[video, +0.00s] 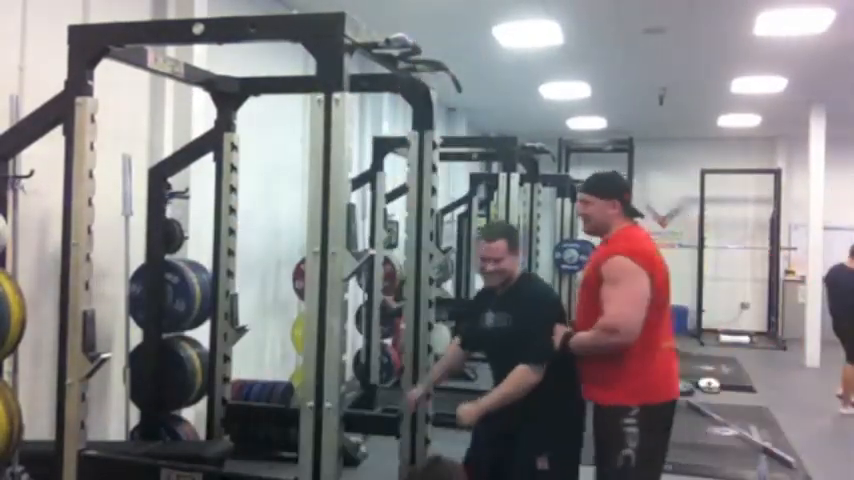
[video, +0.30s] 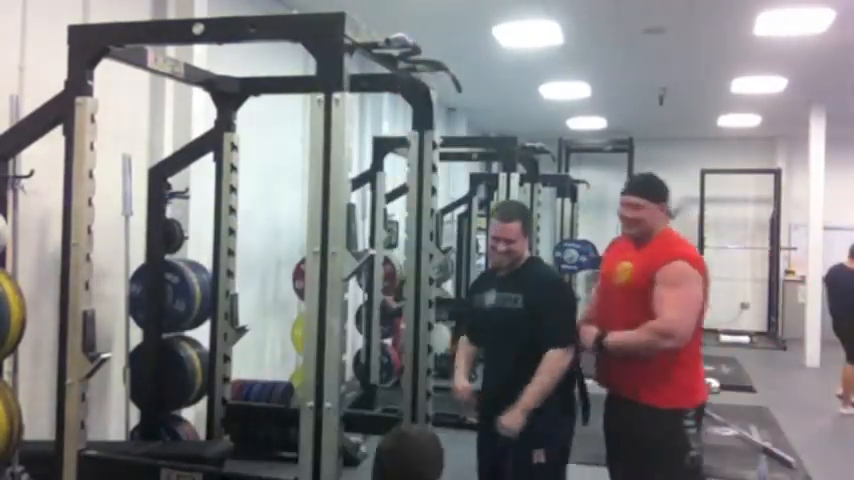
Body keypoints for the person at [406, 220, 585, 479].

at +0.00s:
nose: (489, 268)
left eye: (497, 261)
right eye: (484, 261)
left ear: (517, 256)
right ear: (477, 258)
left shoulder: (540, 298)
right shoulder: (484, 299)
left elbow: (533, 370)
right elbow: (460, 347)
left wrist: (480, 407)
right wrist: (425, 386)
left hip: (550, 414)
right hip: (507, 408)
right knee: (479, 466)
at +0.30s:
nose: (500, 248)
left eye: (509, 242)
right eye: (495, 240)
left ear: (527, 240)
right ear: (488, 237)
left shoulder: (550, 285)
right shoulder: (482, 285)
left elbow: (561, 352)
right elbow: (469, 337)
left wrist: (520, 409)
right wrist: (461, 377)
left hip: (543, 414)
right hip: (493, 413)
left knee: (538, 473)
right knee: (491, 473)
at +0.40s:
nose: (497, 248)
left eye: (506, 242)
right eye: (492, 240)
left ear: (524, 238)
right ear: (485, 235)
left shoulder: (550, 284)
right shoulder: (477, 284)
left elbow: (569, 351)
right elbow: (465, 345)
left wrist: (548, 418)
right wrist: (472, 392)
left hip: (535, 418)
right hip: (492, 415)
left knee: (524, 474)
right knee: (489, 473)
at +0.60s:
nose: (496, 256)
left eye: (505, 249)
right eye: (490, 247)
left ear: (521, 243)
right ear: (481, 240)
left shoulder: (548, 294)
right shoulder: (466, 293)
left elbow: (577, 360)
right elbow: (451, 359)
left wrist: (576, 435)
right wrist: (467, 417)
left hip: (534, 427)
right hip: (484, 427)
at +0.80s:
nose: (496, 259)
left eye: (506, 253)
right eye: (490, 250)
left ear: (523, 246)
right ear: (480, 241)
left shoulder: (547, 297)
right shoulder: (456, 293)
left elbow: (566, 375)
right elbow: (438, 362)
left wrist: (561, 451)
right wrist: (430, 432)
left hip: (524, 436)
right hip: (467, 432)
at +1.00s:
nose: (475, 256)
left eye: (486, 248)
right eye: (468, 246)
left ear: (503, 243)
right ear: (458, 239)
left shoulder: (533, 296)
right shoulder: (437, 290)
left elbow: (556, 370)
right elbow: (412, 353)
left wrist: (538, 453)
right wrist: (402, 425)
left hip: (507, 443)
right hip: (443, 439)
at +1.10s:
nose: (455, 260)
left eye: (466, 252)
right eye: (449, 251)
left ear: (486, 246)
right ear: (440, 242)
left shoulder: (515, 298)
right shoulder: (421, 294)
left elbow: (542, 373)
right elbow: (399, 362)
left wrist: (524, 458)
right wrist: (391, 433)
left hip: (491, 453)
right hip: (427, 450)